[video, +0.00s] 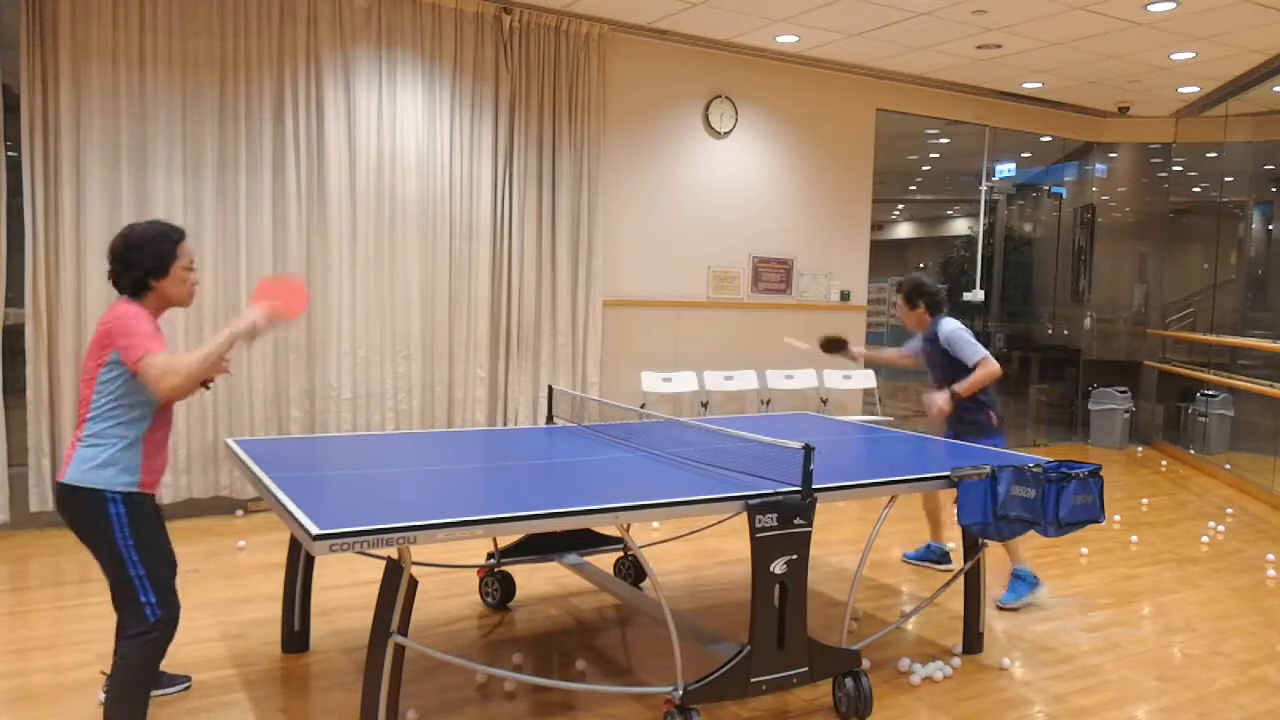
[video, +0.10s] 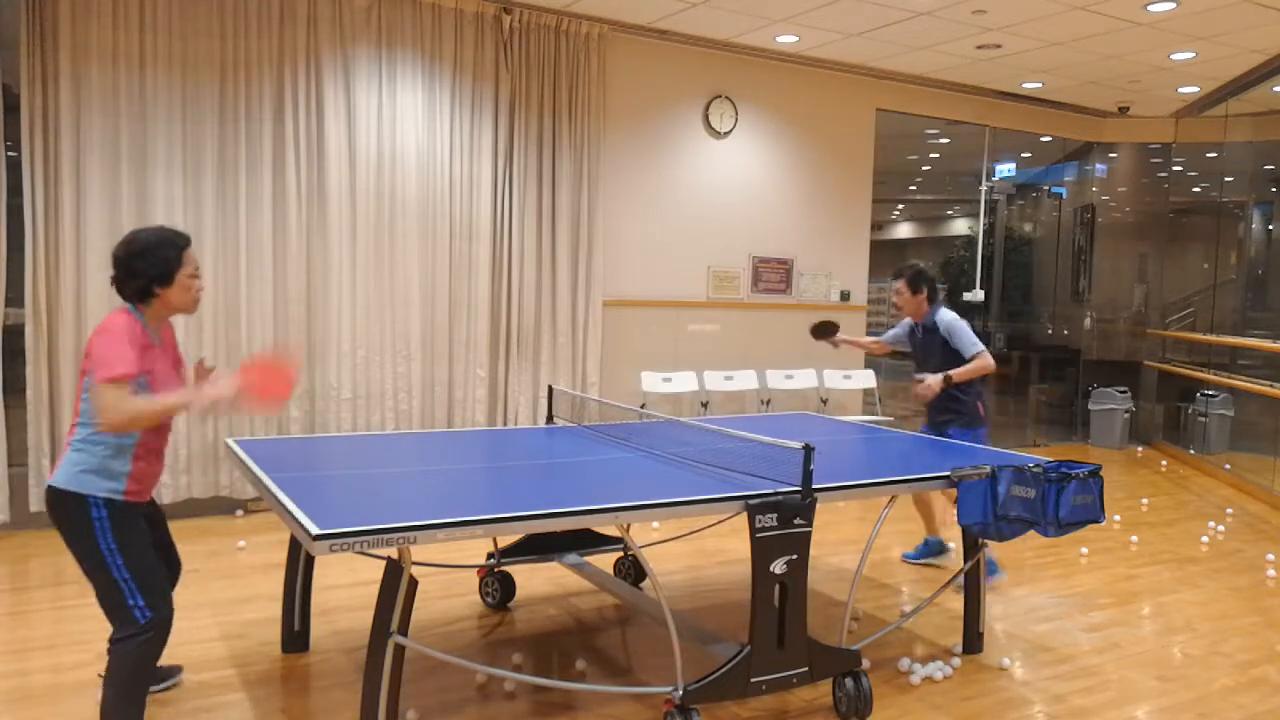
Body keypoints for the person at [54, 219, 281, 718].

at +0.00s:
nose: (195, 272)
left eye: (192, 262)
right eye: (186, 264)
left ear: (156, 276)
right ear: (155, 275)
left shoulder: (142, 322)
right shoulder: (127, 318)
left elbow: (156, 390)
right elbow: (166, 380)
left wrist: (201, 375)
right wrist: (237, 330)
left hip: (124, 485)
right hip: (102, 488)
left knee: (155, 576)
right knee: (155, 612)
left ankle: (130, 676)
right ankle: (122, 708)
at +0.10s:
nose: (200, 281)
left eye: (197, 271)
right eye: (190, 273)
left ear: (164, 286)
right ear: (157, 285)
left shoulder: (162, 330)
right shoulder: (119, 330)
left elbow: (158, 404)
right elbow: (113, 413)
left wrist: (197, 390)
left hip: (129, 492)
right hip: (89, 495)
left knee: (164, 571)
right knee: (143, 617)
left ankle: (133, 670)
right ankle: (119, 710)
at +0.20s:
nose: (207, 305)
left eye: (205, 294)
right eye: (198, 297)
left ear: (166, 306)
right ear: (163, 305)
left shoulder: (178, 347)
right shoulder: (113, 350)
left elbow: (188, 408)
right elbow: (60, 430)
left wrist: (198, 405)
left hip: (128, 496)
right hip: (77, 501)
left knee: (169, 577)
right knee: (149, 615)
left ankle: (116, 677)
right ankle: (121, 708)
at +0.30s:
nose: (213, 330)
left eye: (214, 318)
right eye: (205, 319)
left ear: (176, 324)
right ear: (167, 323)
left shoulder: (187, 366)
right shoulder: (103, 369)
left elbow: (202, 424)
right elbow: (42, 431)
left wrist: (204, 420)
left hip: (131, 512)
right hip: (79, 513)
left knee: (173, 579)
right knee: (151, 617)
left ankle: (116, 675)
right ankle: (122, 709)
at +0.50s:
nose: (211, 312)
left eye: (214, 300)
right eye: (202, 301)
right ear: (163, 300)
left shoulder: (167, 352)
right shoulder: (118, 343)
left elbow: (147, 422)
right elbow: (85, 421)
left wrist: (190, 409)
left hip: (113, 506)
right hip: (73, 508)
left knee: (127, 598)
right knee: (157, 627)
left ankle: (114, 679)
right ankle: (124, 709)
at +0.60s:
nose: (199, 292)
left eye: (200, 281)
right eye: (191, 280)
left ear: (151, 281)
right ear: (152, 279)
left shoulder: (132, 323)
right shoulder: (121, 319)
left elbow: (176, 381)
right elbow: (172, 378)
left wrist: (231, 341)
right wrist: (238, 327)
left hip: (71, 497)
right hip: (83, 502)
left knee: (104, 605)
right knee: (158, 627)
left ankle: (86, 706)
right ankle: (117, 714)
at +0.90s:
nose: (177, 270)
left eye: (176, 259)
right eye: (168, 261)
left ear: (129, 267)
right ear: (132, 266)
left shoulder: (109, 313)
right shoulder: (100, 310)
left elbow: (145, 382)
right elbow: (150, 380)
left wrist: (195, 343)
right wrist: (218, 331)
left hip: (48, 488)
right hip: (60, 492)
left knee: (70, 618)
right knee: (111, 634)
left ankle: (49, 711)